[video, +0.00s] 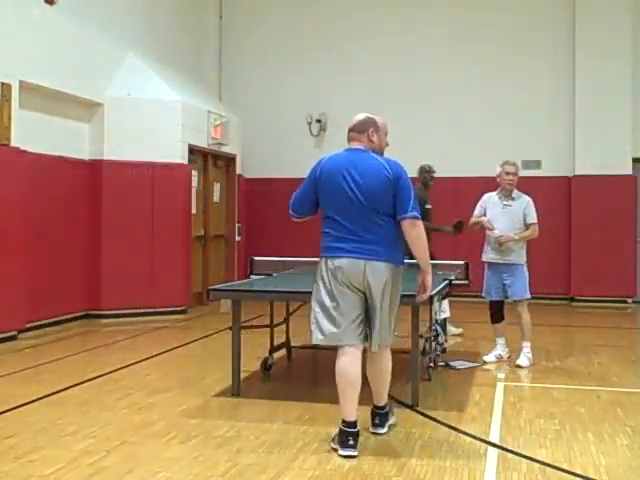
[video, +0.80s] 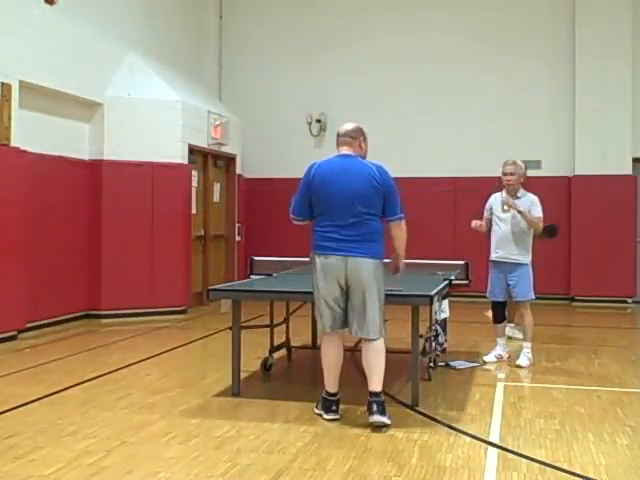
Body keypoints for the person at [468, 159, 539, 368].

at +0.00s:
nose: (510, 178)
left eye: (513, 175)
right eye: (506, 174)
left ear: (518, 178)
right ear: (498, 177)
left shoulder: (525, 202)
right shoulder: (487, 199)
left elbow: (533, 231)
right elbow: (471, 222)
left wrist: (512, 237)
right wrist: (481, 220)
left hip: (516, 262)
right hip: (493, 261)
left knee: (521, 305)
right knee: (495, 304)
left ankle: (526, 348)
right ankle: (500, 347)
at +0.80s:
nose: (508, 178)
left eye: (513, 174)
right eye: (505, 174)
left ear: (522, 177)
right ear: (501, 177)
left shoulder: (531, 200)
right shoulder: (494, 199)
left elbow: (538, 227)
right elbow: (486, 225)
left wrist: (518, 210)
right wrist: (480, 225)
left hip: (520, 260)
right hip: (497, 259)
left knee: (523, 305)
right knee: (497, 305)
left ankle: (526, 349)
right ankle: (501, 347)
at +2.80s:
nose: (502, 187)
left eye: (505, 183)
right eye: (499, 183)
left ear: (517, 180)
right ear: (497, 183)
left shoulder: (531, 200)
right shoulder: (495, 198)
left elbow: (537, 228)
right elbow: (483, 224)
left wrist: (512, 224)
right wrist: (483, 215)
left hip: (520, 261)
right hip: (498, 259)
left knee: (523, 305)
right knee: (498, 304)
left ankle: (526, 349)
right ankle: (501, 347)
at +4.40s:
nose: (483, 194)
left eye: (486, 189)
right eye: (481, 190)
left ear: (497, 184)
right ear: (479, 188)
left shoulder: (513, 203)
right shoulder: (478, 203)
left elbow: (523, 234)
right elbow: (470, 227)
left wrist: (500, 252)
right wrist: (474, 240)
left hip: (508, 263)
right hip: (487, 263)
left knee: (505, 303)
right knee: (491, 304)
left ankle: (513, 349)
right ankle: (500, 345)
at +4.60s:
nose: (476, 209)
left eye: (479, 206)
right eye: (474, 206)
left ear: (490, 200)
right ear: (473, 203)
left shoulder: (509, 212)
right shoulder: (474, 213)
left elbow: (518, 244)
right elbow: (472, 240)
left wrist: (504, 269)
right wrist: (473, 261)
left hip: (510, 263)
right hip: (489, 264)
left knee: (506, 305)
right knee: (489, 306)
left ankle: (506, 352)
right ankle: (499, 346)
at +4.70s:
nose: (471, 223)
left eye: (474, 220)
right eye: (470, 220)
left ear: (485, 214)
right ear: (469, 216)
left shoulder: (507, 222)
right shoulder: (471, 227)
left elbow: (519, 251)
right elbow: (470, 254)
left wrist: (507, 280)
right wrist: (469, 282)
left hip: (514, 267)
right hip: (492, 268)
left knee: (504, 306)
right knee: (488, 309)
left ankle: (506, 352)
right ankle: (500, 346)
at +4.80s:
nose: (470, 239)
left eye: (472, 235)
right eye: (468, 236)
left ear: (483, 229)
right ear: (466, 233)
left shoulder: (505, 232)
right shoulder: (469, 242)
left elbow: (522, 257)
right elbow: (467, 271)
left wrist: (509, 286)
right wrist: (464, 296)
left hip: (517, 271)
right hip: (495, 273)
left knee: (504, 307)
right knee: (488, 310)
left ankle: (506, 352)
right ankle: (499, 347)